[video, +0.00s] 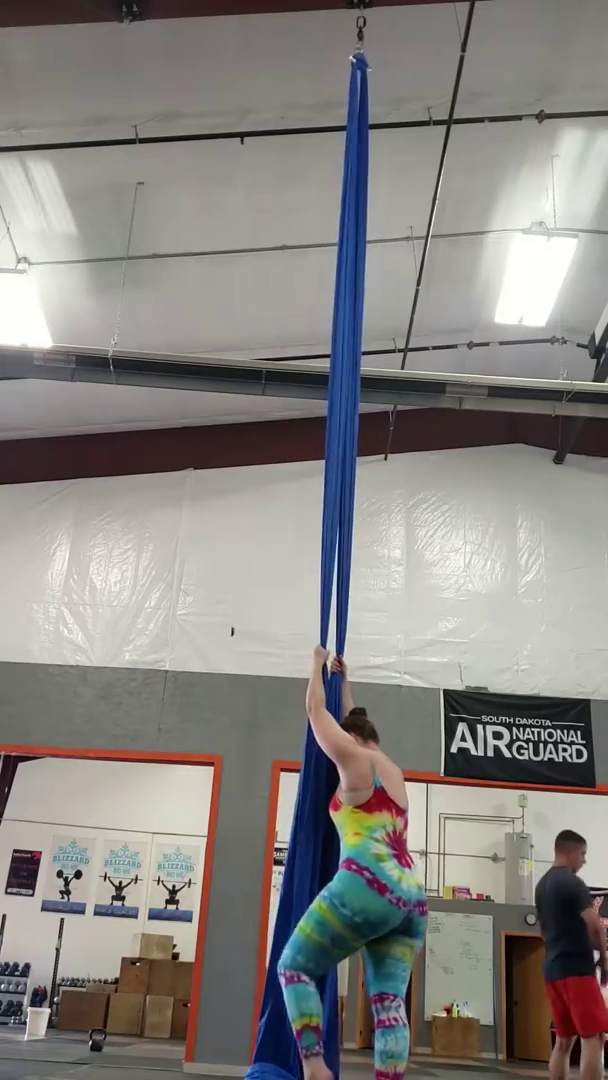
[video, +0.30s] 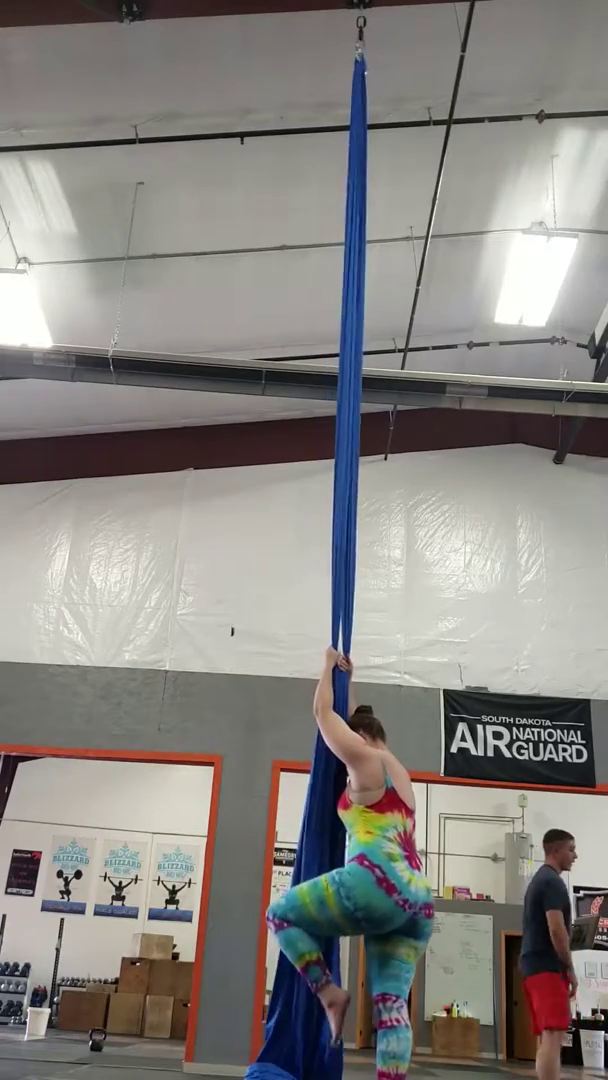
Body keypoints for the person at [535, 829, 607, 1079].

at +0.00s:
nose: (584, 860)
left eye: (585, 854)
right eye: (582, 854)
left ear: (560, 852)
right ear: (570, 852)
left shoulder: (542, 884)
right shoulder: (573, 882)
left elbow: (548, 930)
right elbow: (594, 924)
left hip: (552, 969)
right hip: (577, 969)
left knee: (563, 1039)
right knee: (593, 1038)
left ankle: (556, 1078)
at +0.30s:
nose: (575, 855)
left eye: (574, 849)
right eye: (571, 849)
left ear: (554, 851)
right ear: (555, 850)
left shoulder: (541, 879)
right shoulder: (551, 881)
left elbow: (548, 930)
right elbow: (556, 929)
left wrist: (565, 969)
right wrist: (569, 968)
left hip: (535, 964)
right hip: (546, 966)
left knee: (547, 1036)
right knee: (553, 1035)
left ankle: (546, 1076)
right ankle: (549, 1078)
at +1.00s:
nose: (536, 840)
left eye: (536, 836)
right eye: (530, 836)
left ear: (530, 840)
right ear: (511, 839)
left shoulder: (537, 879)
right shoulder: (492, 875)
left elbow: (545, 921)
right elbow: (474, 920)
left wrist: (545, 952)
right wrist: (469, 966)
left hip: (534, 969)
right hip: (501, 969)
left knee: (549, 1036)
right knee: (501, 1041)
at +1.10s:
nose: (536, 840)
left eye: (536, 835)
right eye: (530, 835)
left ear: (532, 839)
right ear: (511, 838)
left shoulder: (539, 879)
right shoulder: (489, 875)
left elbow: (548, 925)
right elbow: (472, 919)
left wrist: (554, 968)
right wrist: (468, 967)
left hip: (535, 969)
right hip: (500, 970)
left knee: (545, 1035)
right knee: (499, 1041)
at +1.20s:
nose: (539, 840)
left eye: (539, 835)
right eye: (533, 835)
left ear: (526, 839)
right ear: (515, 837)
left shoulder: (542, 880)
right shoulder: (491, 874)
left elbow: (552, 929)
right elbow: (474, 921)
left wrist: (562, 974)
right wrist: (473, 970)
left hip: (538, 973)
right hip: (501, 972)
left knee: (544, 1037)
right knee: (499, 1042)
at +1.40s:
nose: (548, 841)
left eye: (549, 836)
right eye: (542, 835)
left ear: (544, 840)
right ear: (524, 837)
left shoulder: (551, 882)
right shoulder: (498, 875)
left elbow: (562, 932)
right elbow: (483, 921)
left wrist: (573, 979)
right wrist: (486, 971)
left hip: (545, 975)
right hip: (508, 975)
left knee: (553, 1040)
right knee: (505, 1047)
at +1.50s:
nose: (554, 838)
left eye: (554, 833)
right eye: (548, 832)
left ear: (551, 838)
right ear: (529, 835)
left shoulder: (556, 881)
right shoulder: (503, 871)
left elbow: (565, 932)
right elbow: (486, 919)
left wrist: (575, 979)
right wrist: (489, 968)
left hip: (550, 974)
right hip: (512, 973)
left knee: (557, 1040)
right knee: (509, 1046)